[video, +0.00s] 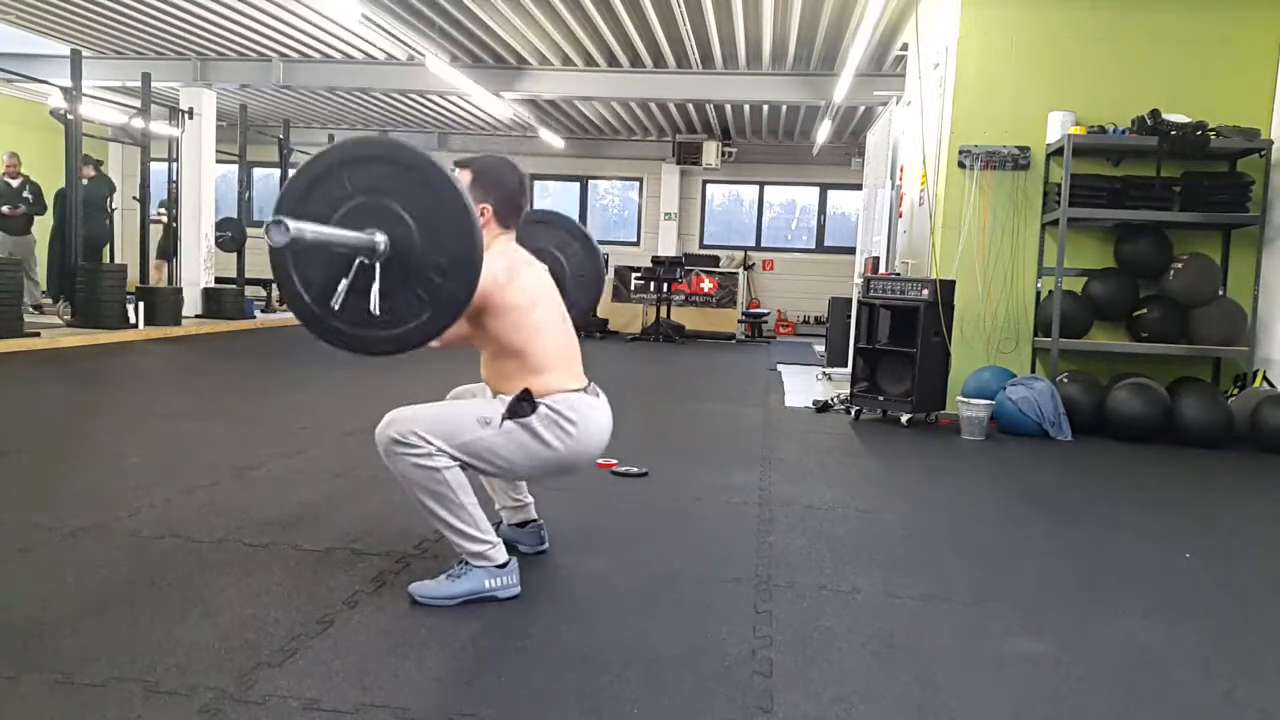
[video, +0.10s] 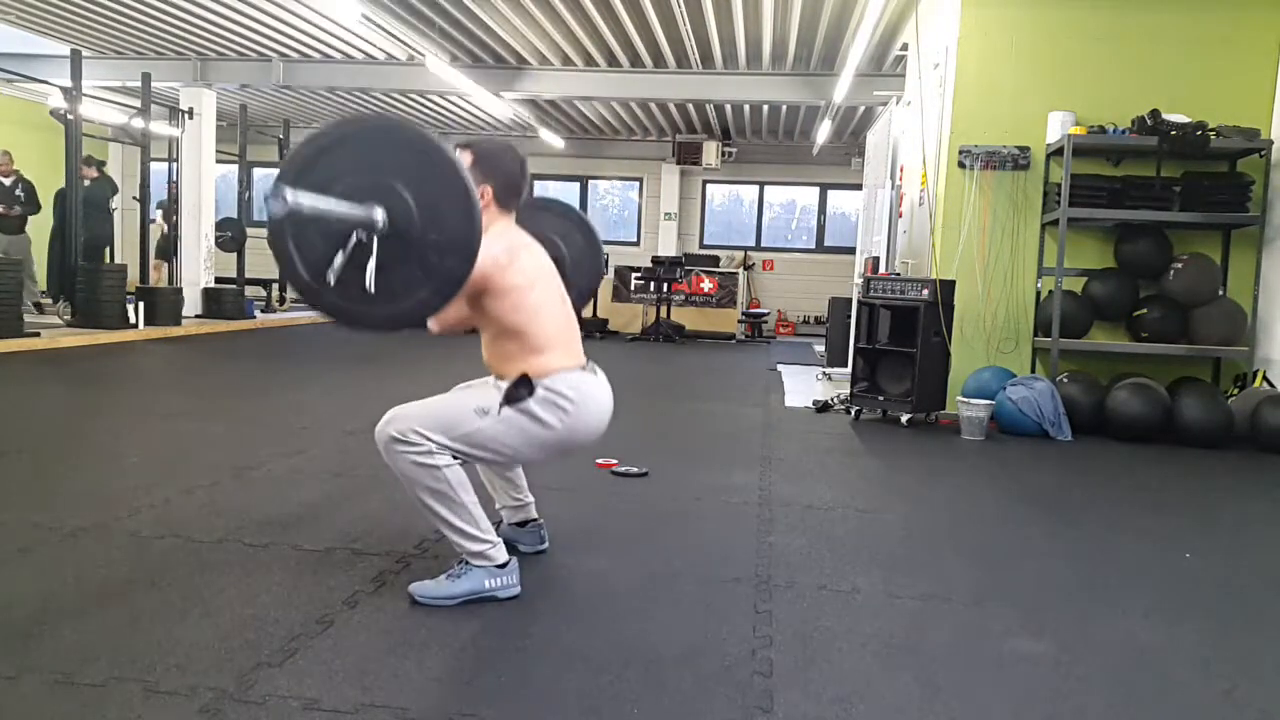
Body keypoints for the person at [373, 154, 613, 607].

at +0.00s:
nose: (447, 210)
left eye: (456, 199)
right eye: (449, 198)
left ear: (484, 214)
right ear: (493, 215)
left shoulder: (485, 270)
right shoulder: (527, 262)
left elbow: (423, 326)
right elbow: (476, 331)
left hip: (553, 424)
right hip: (585, 410)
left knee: (401, 433)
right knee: (464, 398)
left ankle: (490, 565)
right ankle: (522, 523)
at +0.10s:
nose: (448, 191)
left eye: (457, 181)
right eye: (450, 180)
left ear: (484, 194)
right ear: (496, 195)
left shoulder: (485, 252)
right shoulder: (525, 243)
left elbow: (429, 314)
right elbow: (447, 321)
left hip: (551, 404)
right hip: (586, 392)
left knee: (402, 431)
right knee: (466, 400)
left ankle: (488, 565)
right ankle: (522, 522)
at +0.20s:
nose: (457, 159)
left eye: (466, 149)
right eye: (462, 147)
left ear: (490, 161)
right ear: (504, 163)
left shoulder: (486, 221)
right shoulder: (527, 214)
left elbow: (430, 284)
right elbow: (446, 291)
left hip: (548, 376)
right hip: (584, 367)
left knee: (401, 431)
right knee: (470, 398)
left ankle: (488, 565)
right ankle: (522, 522)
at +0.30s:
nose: (463, 117)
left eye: (474, 107)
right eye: (468, 105)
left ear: (500, 121)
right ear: (511, 125)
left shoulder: (492, 176)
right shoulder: (529, 178)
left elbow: (401, 238)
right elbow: (448, 254)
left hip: (539, 344)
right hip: (575, 336)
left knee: (401, 429)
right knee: (477, 406)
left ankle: (487, 563)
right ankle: (522, 521)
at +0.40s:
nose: (474, 63)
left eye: (486, 53)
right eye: (479, 51)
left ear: (511, 72)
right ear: (522, 76)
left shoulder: (498, 132)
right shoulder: (537, 135)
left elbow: (398, 191)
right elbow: (451, 209)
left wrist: (395, 119)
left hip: (526, 305)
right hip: (559, 300)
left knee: (408, 426)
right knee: (485, 410)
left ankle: (490, 564)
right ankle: (525, 522)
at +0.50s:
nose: (486, 24)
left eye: (495, 13)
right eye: (493, 13)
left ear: (516, 24)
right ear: (535, 31)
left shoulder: (505, 88)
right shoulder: (552, 99)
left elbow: (408, 150)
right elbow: (533, 183)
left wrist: (412, 76)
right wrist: (460, 167)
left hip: (504, 263)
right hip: (540, 260)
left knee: (423, 416)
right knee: (489, 406)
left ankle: (490, 562)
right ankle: (525, 521)